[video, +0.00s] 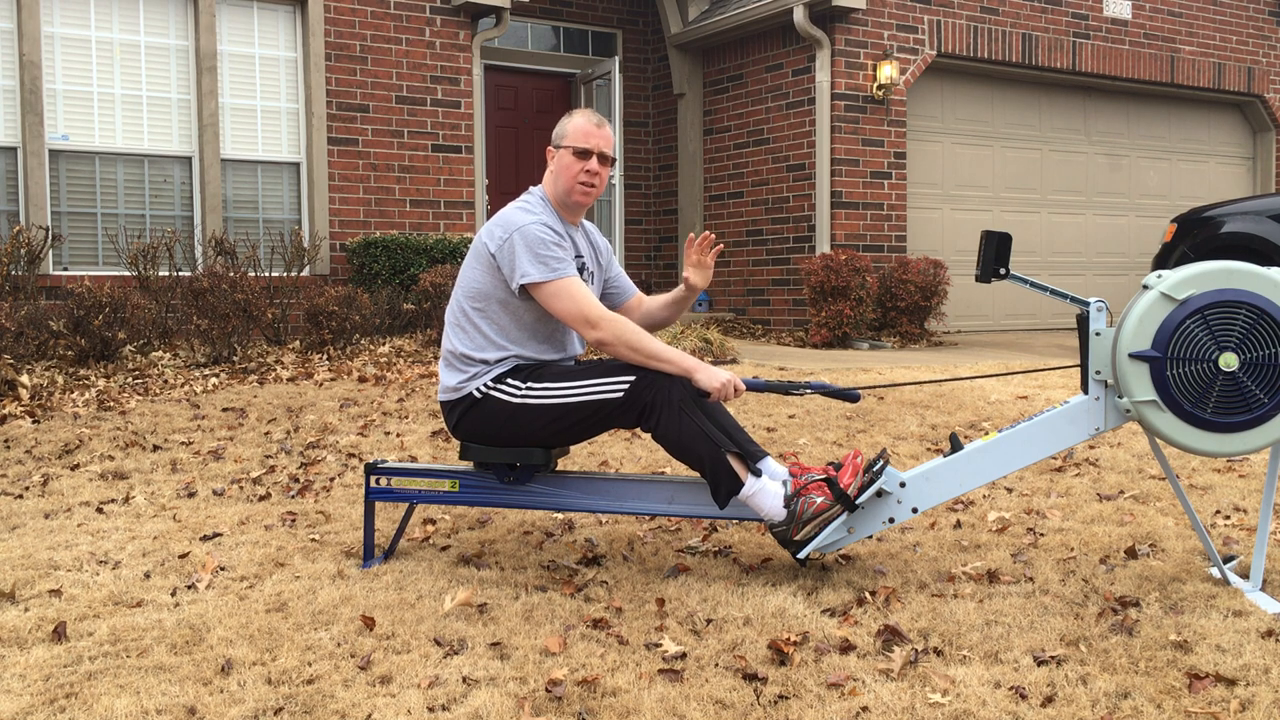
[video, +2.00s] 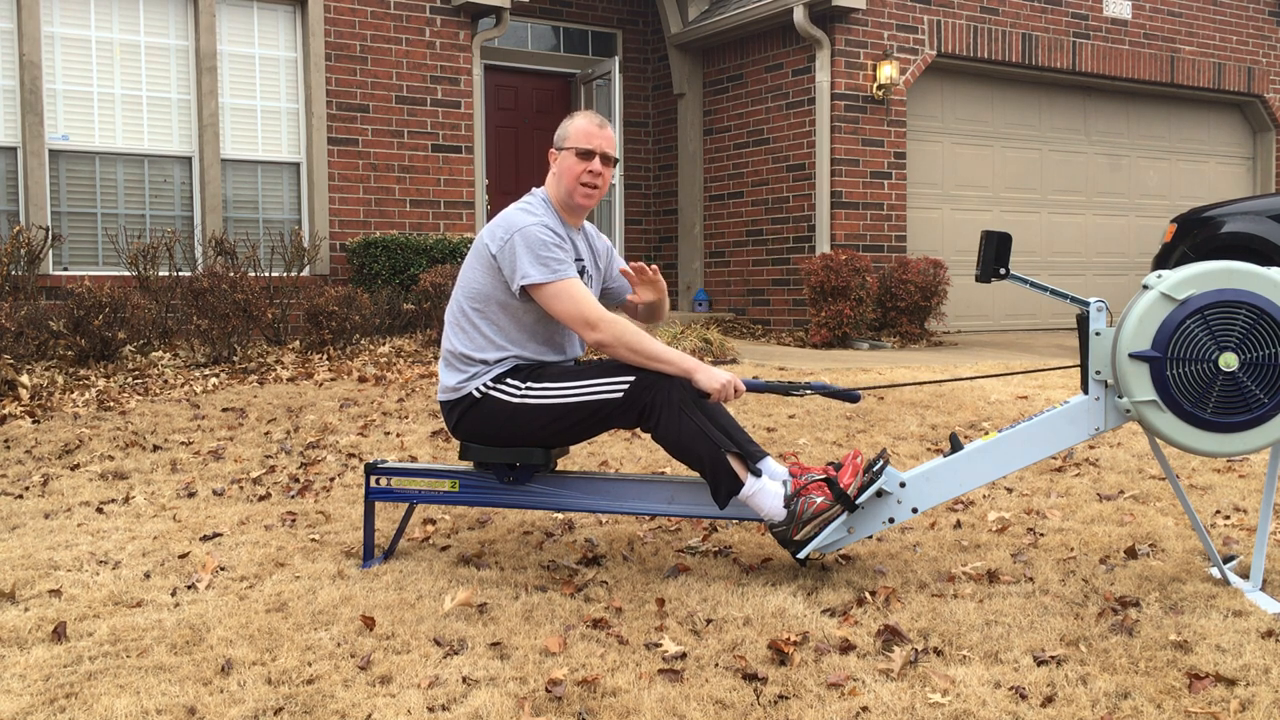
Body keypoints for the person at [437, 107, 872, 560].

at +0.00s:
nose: (594, 169)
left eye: (605, 162)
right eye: (582, 155)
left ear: (610, 173)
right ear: (550, 157)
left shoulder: (587, 236)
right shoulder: (524, 225)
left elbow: (641, 315)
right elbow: (593, 327)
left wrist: (688, 289)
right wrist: (699, 371)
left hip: (541, 377)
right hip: (487, 391)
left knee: (675, 377)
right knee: (650, 387)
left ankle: (786, 484)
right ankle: (776, 509)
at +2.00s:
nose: (596, 170)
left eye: (607, 162)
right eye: (584, 156)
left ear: (612, 173)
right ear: (553, 158)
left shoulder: (592, 239)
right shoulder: (525, 226)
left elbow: (644, 323)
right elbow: (595, 330)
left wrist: (654, 303)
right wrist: (699, 371)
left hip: (540, 377)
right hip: (486, 390)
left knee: (674, 379)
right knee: (651, 388)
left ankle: (786, 485)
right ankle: (775, 509)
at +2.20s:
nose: (595, 168)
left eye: (606, 161)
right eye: (583, 155)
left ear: (612, 173)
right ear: (552, 159)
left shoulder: (592, 237)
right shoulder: (525, 227)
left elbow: (651, 293)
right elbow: (596, 329)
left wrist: (710, 304)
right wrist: (700, 372)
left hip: (539, 376)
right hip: (486, 390)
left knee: (675, 378)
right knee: (650, 388)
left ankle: (785, 484)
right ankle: (776, 509)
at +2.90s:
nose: (592, 168)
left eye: (603, 159)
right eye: (580, 154)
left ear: (610, 171)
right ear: (549, 159)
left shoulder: (592, 236)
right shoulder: (525, 226)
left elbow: (661, 288)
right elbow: (594, 327)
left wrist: (745, 278)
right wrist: (699, 370)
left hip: (541, 376)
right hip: (487, 391)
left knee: (675, 379)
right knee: (651, 388)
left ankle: (788, 485)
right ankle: (776, 510)